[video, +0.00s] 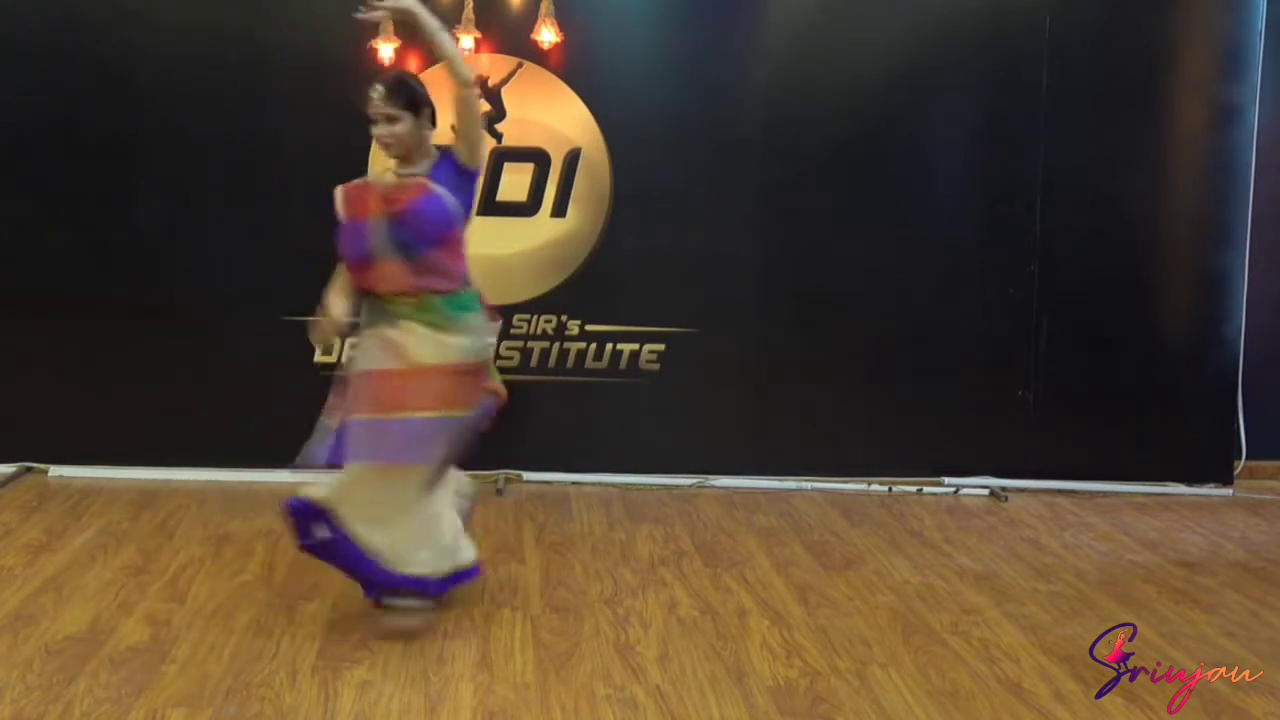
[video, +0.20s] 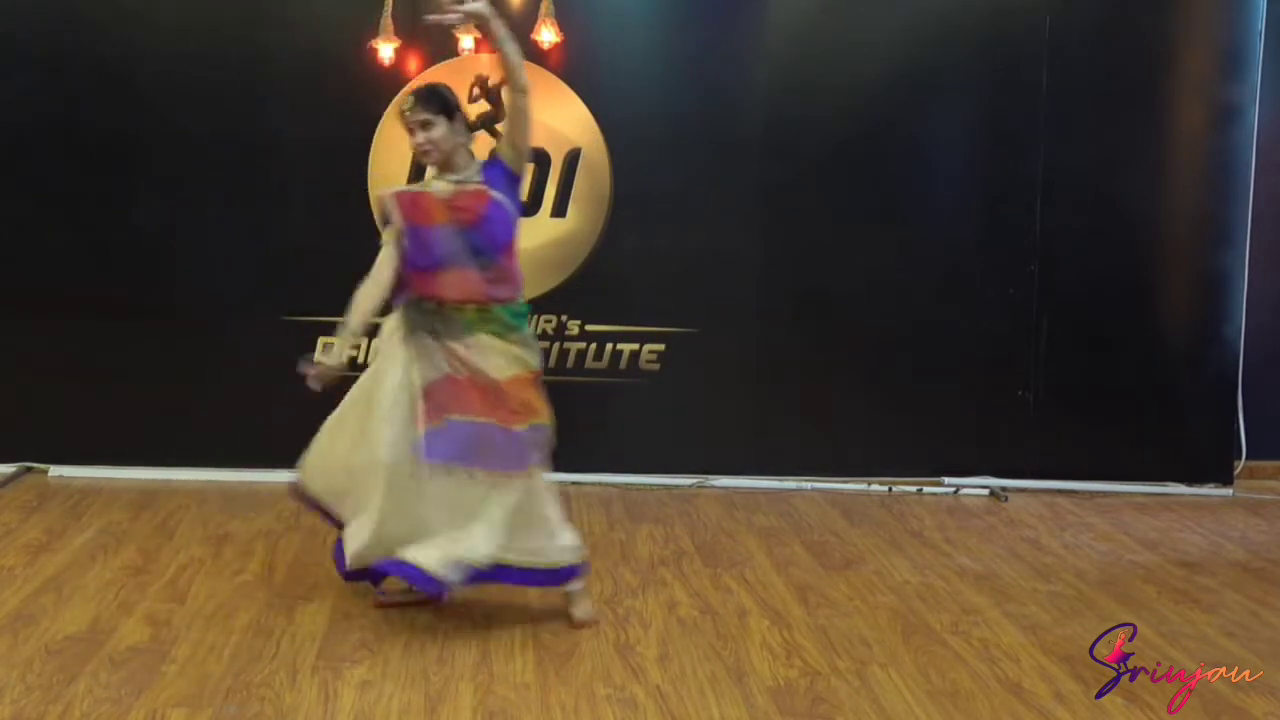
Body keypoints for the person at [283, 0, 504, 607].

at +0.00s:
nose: (382, 133)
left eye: (392, 120)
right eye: (374, 123)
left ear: (425, 120)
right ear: (369, 128)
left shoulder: (455, 173)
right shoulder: (367, 193)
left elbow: (466, 83)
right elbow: (352, 265)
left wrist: (416, 14)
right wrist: (334, 308)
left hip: (449, 331)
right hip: (384, 334)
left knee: (410, 456)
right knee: (371, 455)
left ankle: (417, 582)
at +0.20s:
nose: (419, 140)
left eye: (428, 126)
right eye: (412, 131)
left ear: (460, 124)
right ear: (411, 138)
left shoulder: (501, 178)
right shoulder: (408, 204)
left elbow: (519, 88)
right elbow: (379, 280)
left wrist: (490, 18)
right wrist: (340, 348)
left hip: (496, 333)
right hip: (425, 336)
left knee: (521, 456)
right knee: (417, 455)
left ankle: (571, 577)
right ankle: (416, 569)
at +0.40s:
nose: (462, 118)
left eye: (470, 104)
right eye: (457, 111)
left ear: (506, 104)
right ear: (464, 124)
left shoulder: (555, 159)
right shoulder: (466, 182)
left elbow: (577, 72)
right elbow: (389, 211)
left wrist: (564, 16)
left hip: (560, 320)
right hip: (490, 323)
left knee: (571, 449)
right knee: (412, 418)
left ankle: (573, 582)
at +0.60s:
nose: (510, 102)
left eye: (521, 92)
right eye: (504, 99)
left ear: (556, 103)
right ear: (504, 120)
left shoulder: (592, 159)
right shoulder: (499, 171)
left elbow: (620, 72)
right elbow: (431, 196)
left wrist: (606, 6)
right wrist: (462, 135)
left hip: (585, 312)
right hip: (517, 313)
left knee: (586, 446)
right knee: (466, 433)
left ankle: (577, 579)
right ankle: (380, 541)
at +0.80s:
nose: (559, 112)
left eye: (570, 105)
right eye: (550, 106)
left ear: (593, 120)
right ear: (540, 120)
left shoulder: (610, 175)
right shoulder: (524, 175)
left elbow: (649, 99)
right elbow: (469, 175)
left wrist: (642, 34)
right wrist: (547, 197)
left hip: (603, 326)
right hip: (536, 325)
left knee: (606, 456)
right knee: (517, 455)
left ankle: (584, 584)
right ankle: (482, 582)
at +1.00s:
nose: (611, 143)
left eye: (617, 135)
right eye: (601, 131)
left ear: (619, 146)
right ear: (570, 136)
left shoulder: (620, 193)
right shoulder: (543, 192)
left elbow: (672, 134)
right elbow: (518, 213)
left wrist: (705, 71)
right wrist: (587, 243)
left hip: (616, 346)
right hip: (553, 347)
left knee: (620, 467)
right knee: (550, 475)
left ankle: (593, 587)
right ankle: (531, 605)